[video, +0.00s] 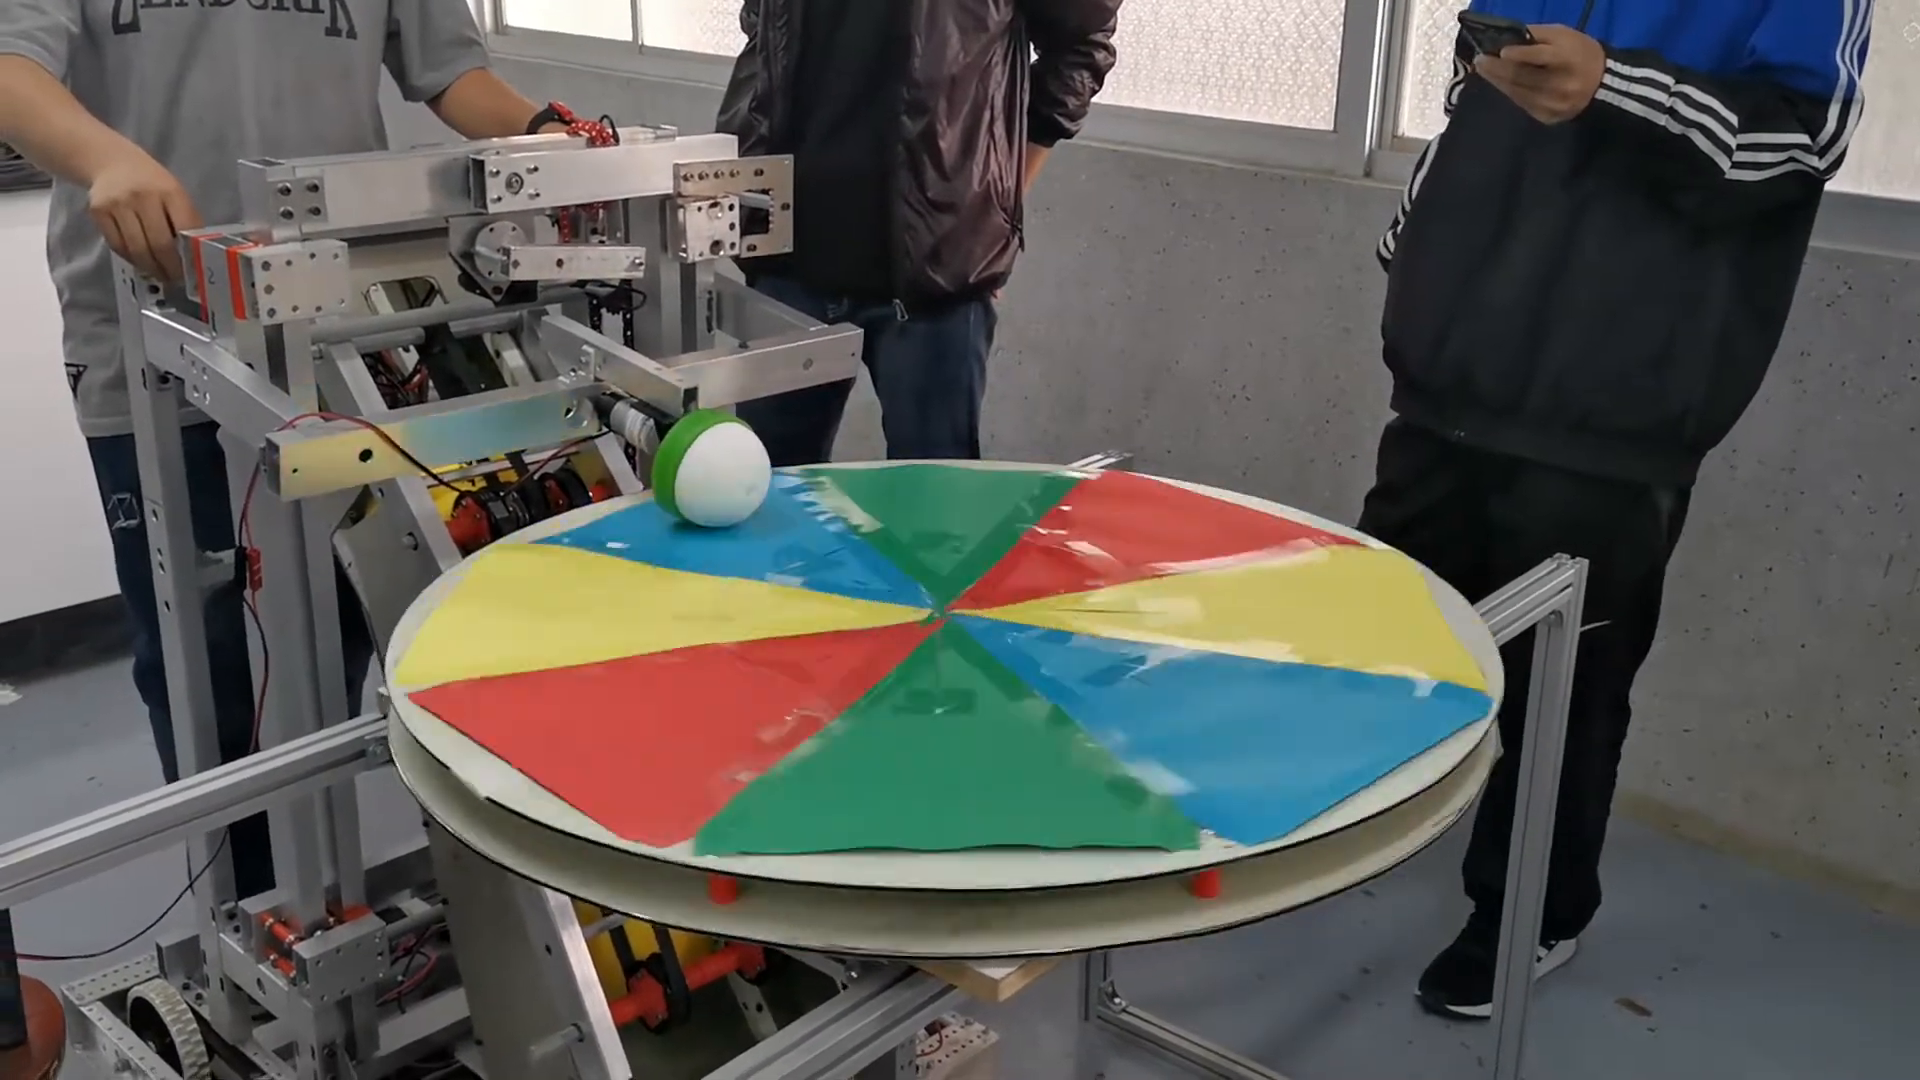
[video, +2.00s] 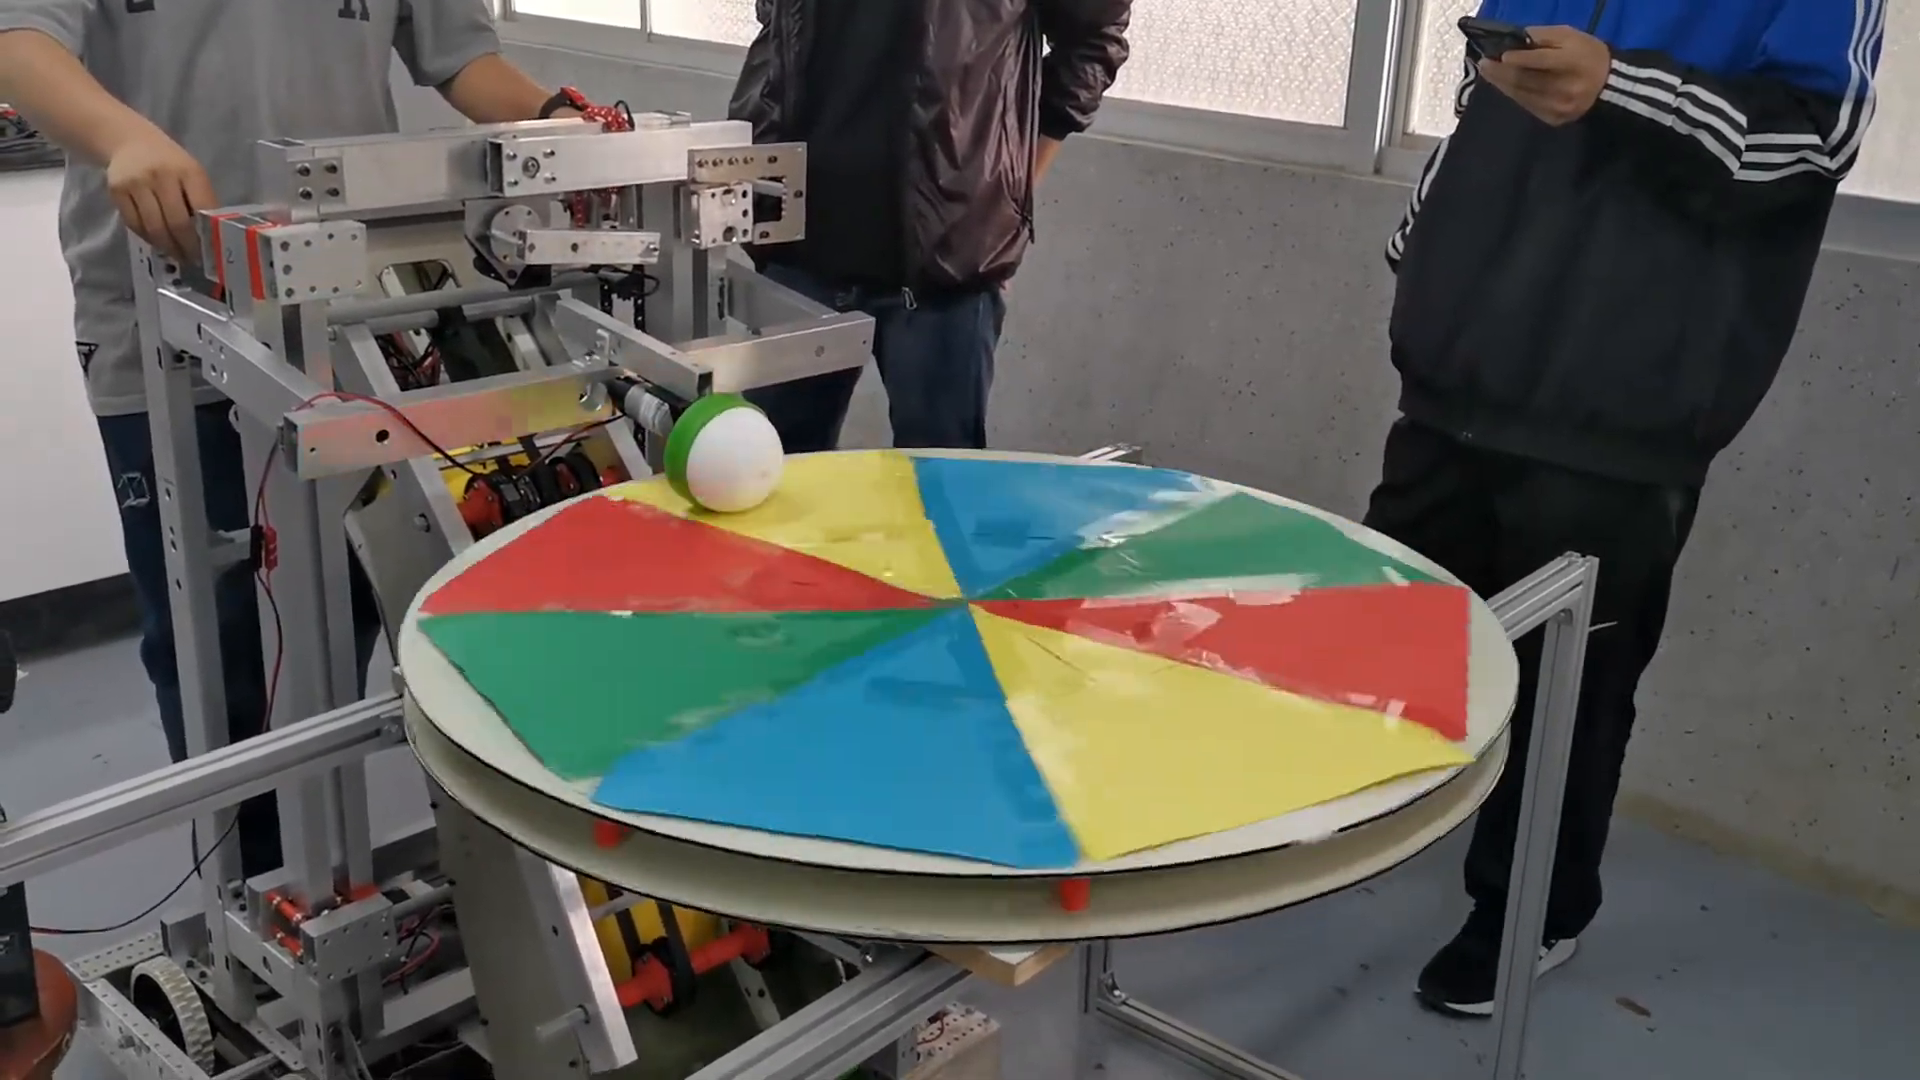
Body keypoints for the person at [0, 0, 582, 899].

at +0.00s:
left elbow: (446, 64)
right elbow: (12, 66)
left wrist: (544, 131)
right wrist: (104, 156)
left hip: (338, 346)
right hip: (152, 352)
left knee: (341, 635)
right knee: (198, 667)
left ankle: (332, 884)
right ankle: (248, 913)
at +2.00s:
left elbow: (455, 49)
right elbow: (19, 41)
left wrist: (557, 118)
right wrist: (122, 135)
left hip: (344, 327)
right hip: (163, 333)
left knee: (347, 615)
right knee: (211, 647)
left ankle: (340, 869)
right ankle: (255, 892)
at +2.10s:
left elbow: (455, 48)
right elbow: (20, 39)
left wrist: (555, 116)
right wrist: (121, 135)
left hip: (341, 323)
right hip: (161, 331)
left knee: (343, 613)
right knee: (209, 646)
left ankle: (334, 859)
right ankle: (255, 890)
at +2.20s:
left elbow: (455, 47)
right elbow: (21, 39)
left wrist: (552, 116)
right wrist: (122, 134)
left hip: (344, 323)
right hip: (162, 328)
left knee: (345, 608)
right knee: (206, 640)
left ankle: (333, 859)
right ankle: (253, 886)